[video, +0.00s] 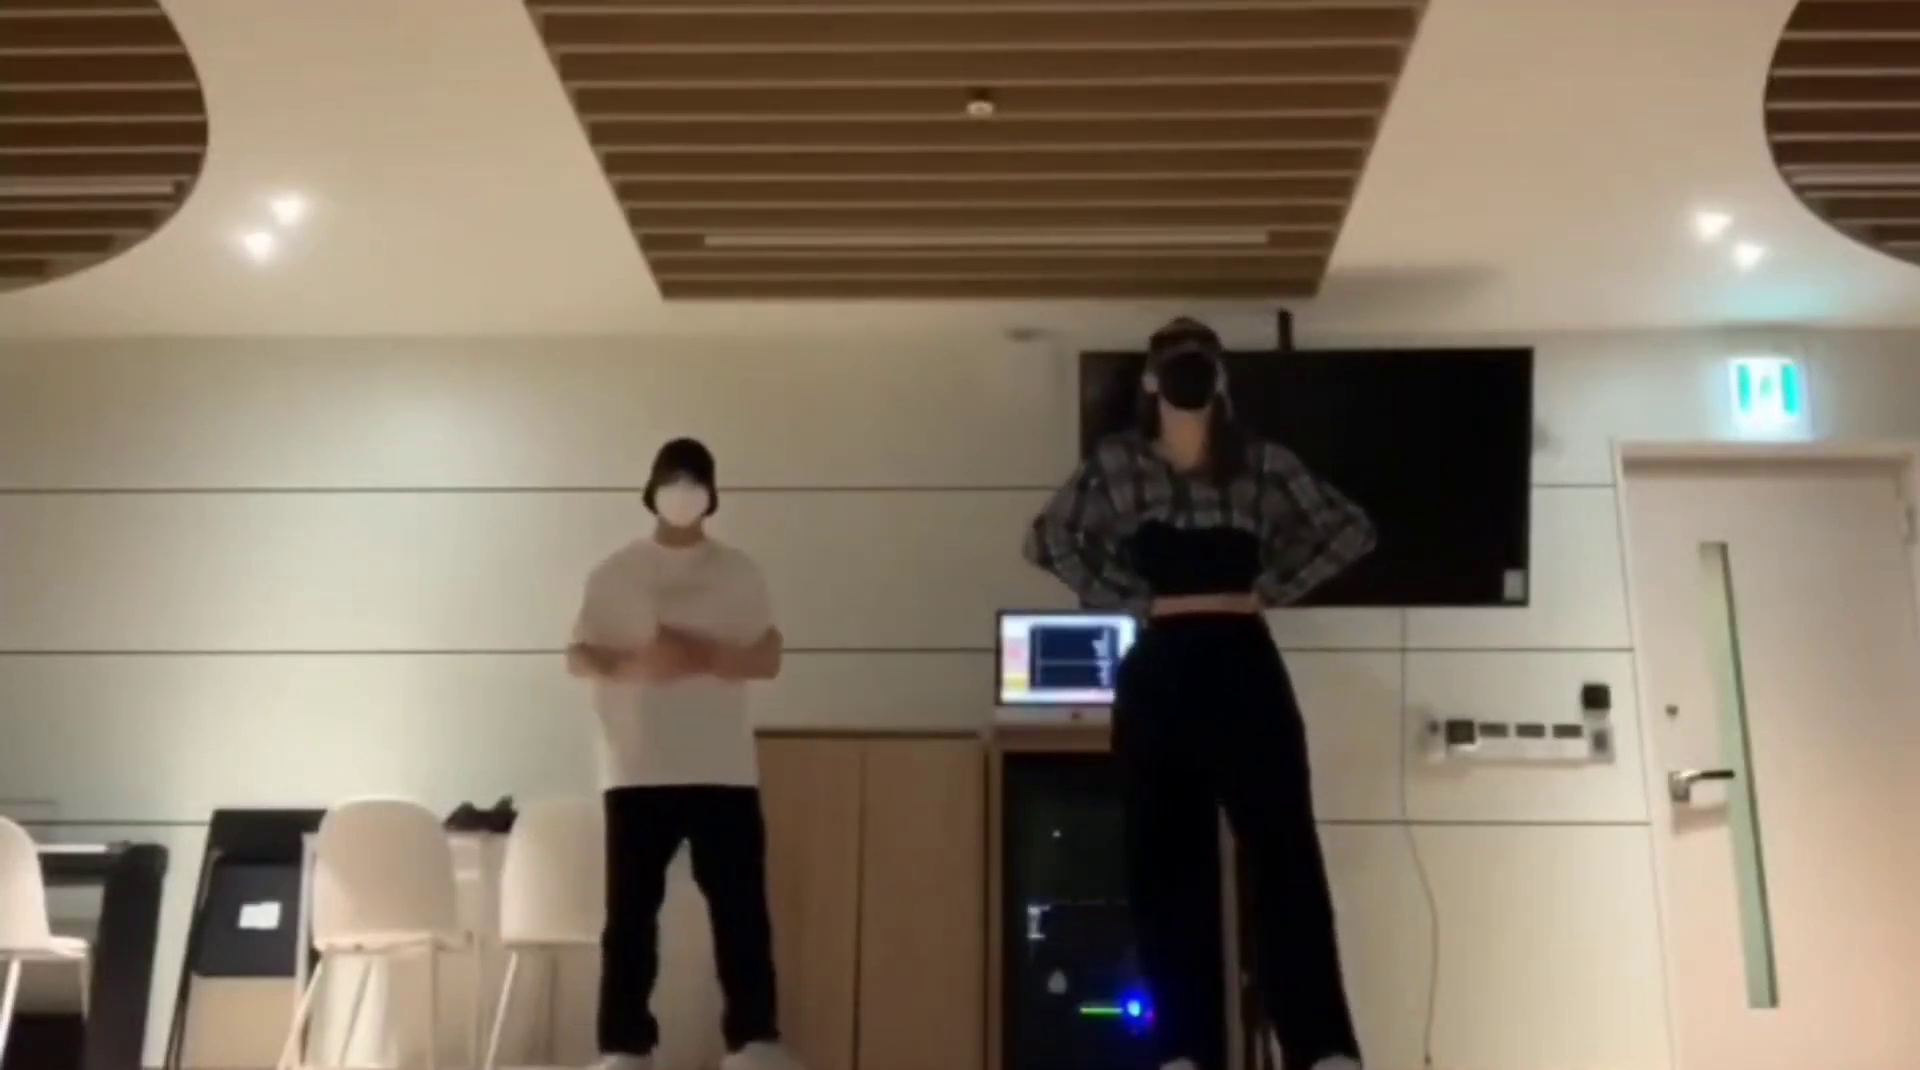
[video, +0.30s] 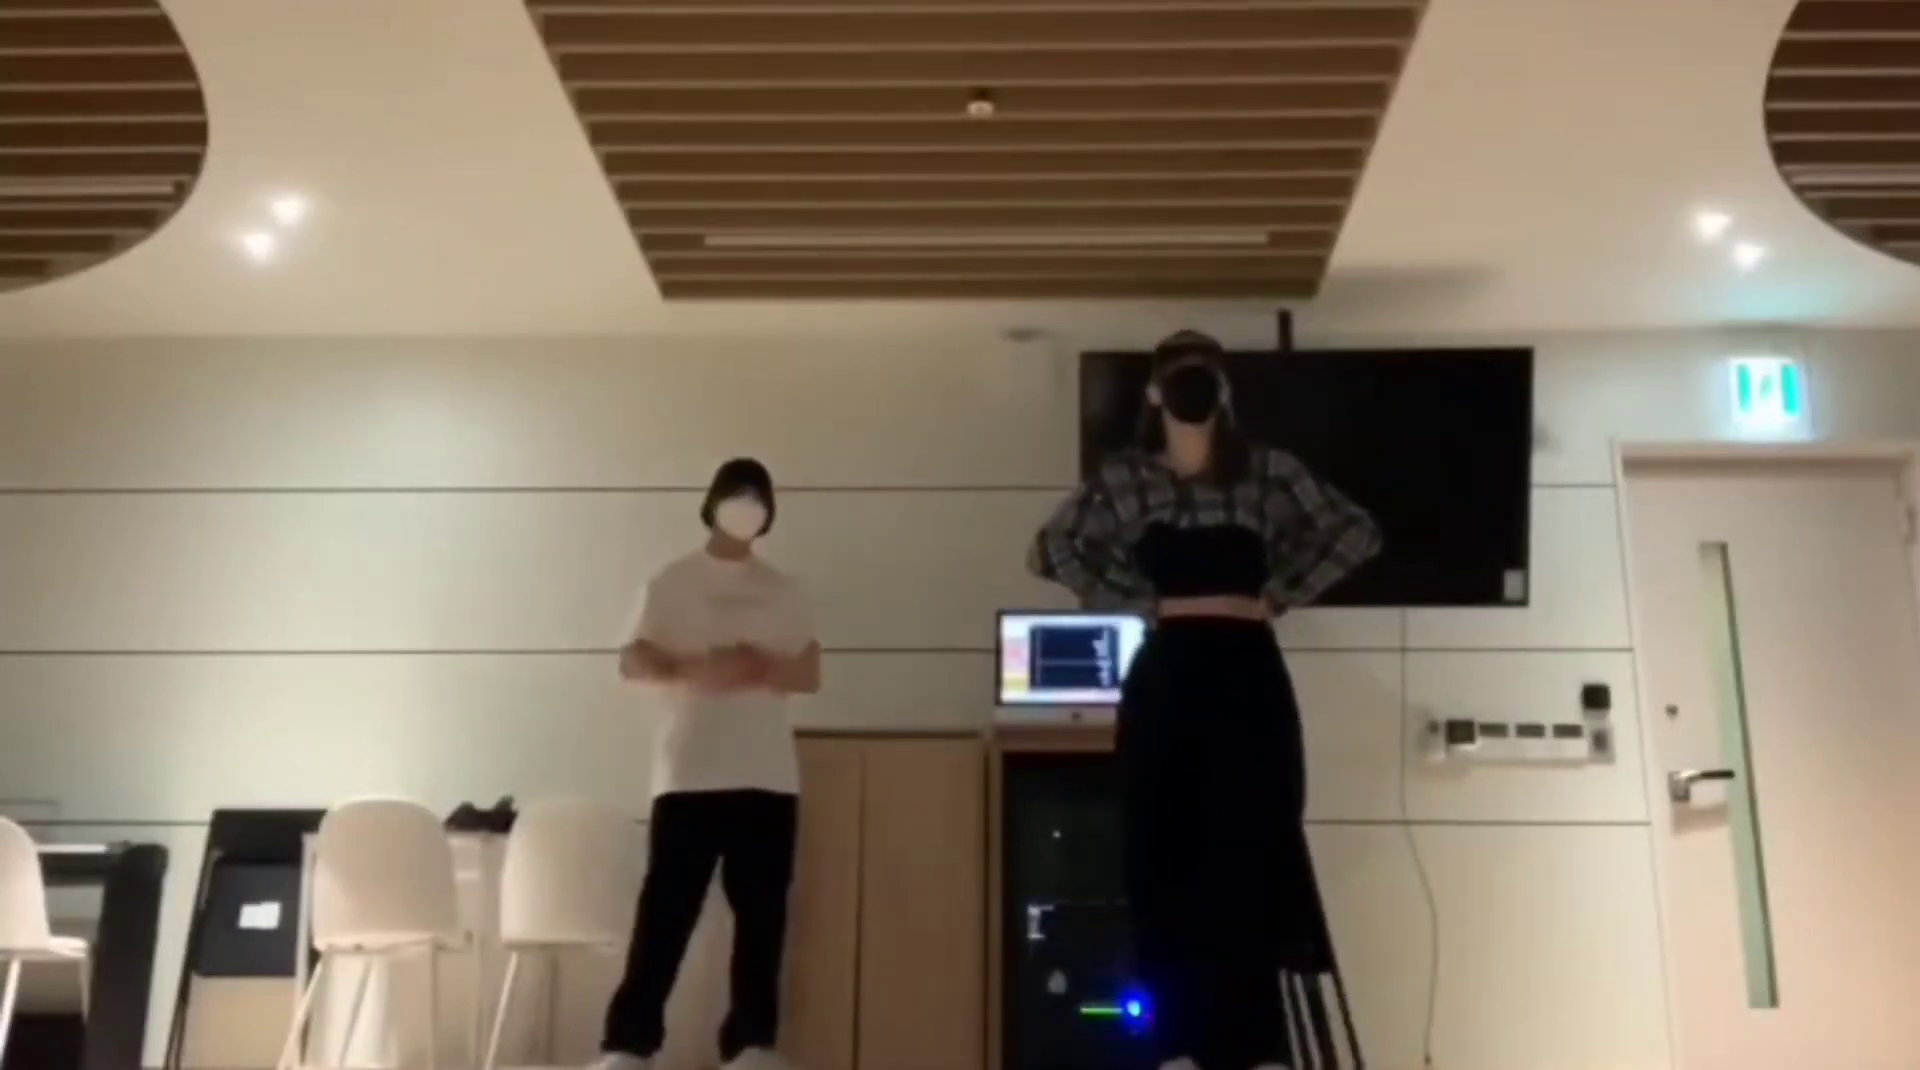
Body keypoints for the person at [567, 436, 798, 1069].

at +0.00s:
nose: (682, 494)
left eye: (694, 482)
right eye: (669, 482)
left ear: (712, 493)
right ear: (651, 492)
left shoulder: (737, 570)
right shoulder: (616, 573)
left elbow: (768, 659)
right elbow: (579, 656)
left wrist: (702, 652)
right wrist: (644, 662)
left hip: (723, 769)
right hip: (637, 771)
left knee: (742, 914)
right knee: (629, 919)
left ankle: (753, 1042)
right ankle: (624, 1047)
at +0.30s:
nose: (746, 511)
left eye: (758, 501)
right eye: (734, 498)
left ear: (770, 513)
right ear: (712, 506)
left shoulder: (785, 589)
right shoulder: (673, 581)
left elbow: (810, 675)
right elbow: (632, 663)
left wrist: (759, 664)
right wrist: (704, 668)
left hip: (766, 777)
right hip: (688, 775)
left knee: (763, 919)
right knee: (665, 916)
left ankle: (750, 1046)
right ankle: (627, 1046)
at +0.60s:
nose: (794, 525)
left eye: (806, 517)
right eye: (785, 511)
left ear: (815, 531)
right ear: (760, 516)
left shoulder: (813, 602)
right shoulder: (720, 581)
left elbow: (829, 693)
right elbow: (704, 663)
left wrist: (784, 694)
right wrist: (778, 676)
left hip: (800, 774)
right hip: (736, 769)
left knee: (788, 916)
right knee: (725, 906)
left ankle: (753, 1044)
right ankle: (680, 1042)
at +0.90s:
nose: (815, 525)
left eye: (827, 517)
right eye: (806, 511)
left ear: (836, 531)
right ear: (782, 515)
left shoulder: (821, 601)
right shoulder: (744, 576)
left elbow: (837, 677)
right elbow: (731, 657)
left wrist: (826, 727)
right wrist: (786, 717)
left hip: (806, 768)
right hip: (749, 762)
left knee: (795, 904)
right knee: (767, 902)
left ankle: (751, 1038)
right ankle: (778, 1036)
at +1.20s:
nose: (840, 523)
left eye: (852, 514)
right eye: (831, 509)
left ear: (864, 529)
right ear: (808, 516)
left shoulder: (855, 609)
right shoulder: (768, 582)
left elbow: (868, 707)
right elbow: (730, 672)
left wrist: (874, 789)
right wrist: (733, 755)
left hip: (839, 783)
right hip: (776, 778)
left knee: (797, 918)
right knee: (819, 917)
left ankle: (752, 1042)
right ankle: (867, 1040)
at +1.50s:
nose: (863, 504)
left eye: (874, 494)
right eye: (851, 491)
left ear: (887, 507)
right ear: (829, 500)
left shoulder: (887, 589)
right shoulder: (800, 578)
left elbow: (901, 683)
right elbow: (783, 671)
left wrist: (908, 767)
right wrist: (789, 758)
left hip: (880, 769)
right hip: (821, 766)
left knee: (823, 912)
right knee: (851, 912)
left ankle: (763, 1036)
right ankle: (876, 1043)